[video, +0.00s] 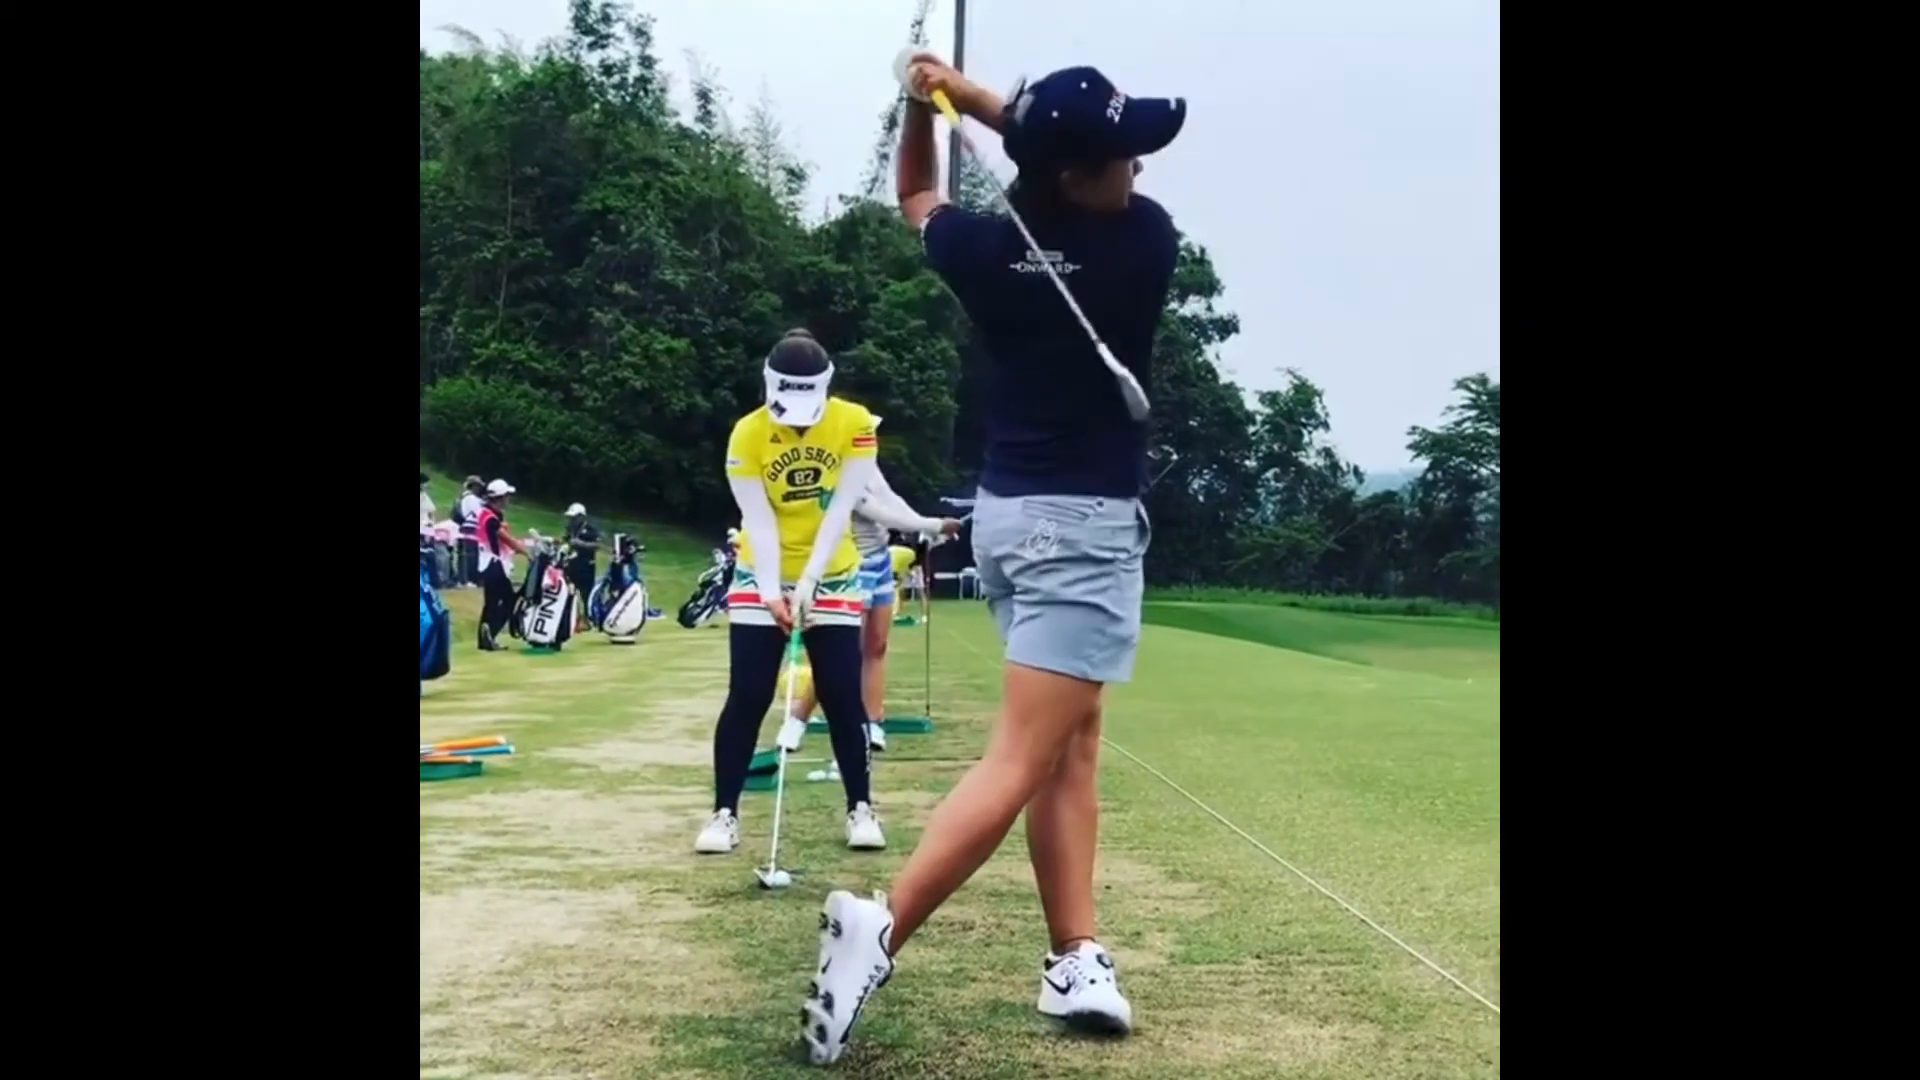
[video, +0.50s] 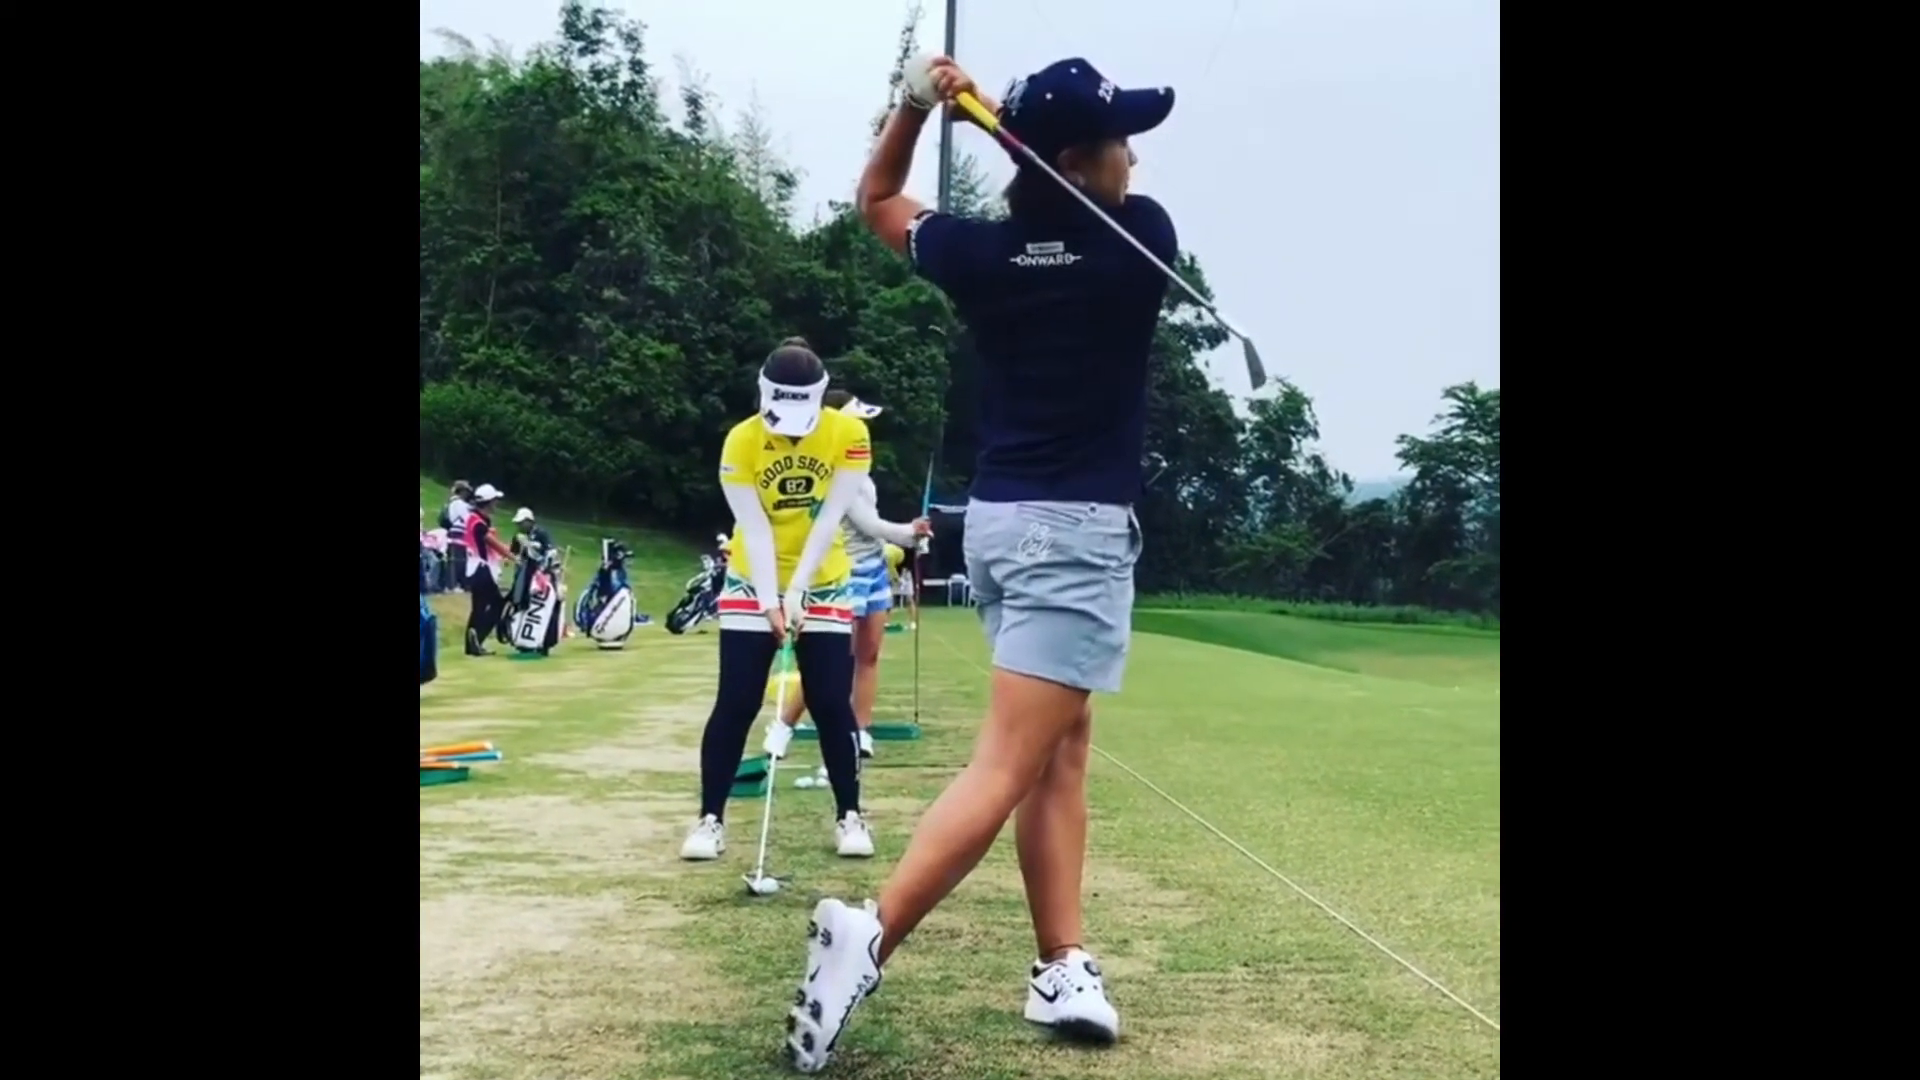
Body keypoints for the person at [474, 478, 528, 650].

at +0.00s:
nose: (508, 500)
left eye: (508, 496)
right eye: (506, 497)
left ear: (493, 498)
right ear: (498, 498)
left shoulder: (486, 515)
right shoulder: (491, 519)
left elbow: (505, 537)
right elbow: (508, 540)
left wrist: (524, 544)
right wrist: (526, 551)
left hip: (488, 559)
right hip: (493, 562)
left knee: (491, 599)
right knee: (509, 597)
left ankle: (484, 637)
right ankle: (491, 631)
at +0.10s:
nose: (505, 501)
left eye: (505, 497)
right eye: (503, 497)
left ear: (489, 498)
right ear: (495, 498)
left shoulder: (482, 515)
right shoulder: (488, 520)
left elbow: (502, 538)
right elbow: (505, 541)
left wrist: (520, 547)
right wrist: (523, 552)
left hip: (483, 560)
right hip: (490, 562)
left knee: (487, 600)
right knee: (506, 598)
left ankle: (480, 639)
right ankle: (487, 631)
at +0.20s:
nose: (501, 502)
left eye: (501, 498)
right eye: (499, 498)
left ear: (485, 498)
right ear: (492, 499)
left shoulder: (479, 516)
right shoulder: (485, 521)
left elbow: (498, 539)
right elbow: (501, 542)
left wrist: (516, 548)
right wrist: (519, 553)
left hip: (479, 560)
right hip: (486, 563)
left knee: (483, 601)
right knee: (502, 598)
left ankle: (477, 640)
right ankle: (483, 631)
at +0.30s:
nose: (499, 503)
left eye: (499, 499)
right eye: (497, 499)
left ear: (483, 500)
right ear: (490, 500)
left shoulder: (476, 517)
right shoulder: (482, 522)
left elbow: (496, 540)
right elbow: (499, 543)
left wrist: (516, 547)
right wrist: (518, 555)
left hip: (476, 562)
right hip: (483, 564)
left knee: (481, 602)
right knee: (500, 599)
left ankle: (474, 641)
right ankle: (481, 632)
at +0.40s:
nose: (497, 504)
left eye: (497, 500)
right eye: (495, 501)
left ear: (481, 501)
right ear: (488, 502)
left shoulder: (475, 519)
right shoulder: (480, 523)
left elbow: (493, 541)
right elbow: (496, 544)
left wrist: (510, 551)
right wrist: (514, 554)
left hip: (475, 563)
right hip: (481, 566)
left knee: (480, 603)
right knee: (498, 601)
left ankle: (473, 642)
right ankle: (479, 634)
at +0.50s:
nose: (496, 505)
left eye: (496, 502)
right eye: (494, 502)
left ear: (480, 502)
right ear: (487, 503)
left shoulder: (474, 520)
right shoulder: (479, 524)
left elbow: (492, 543)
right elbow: (495, 545)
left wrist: (508, 555)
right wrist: (512, 556)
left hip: (474, 564)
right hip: (480, 567)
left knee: (479, 604)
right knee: (498, 602)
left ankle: (472, 644)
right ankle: (478, 636)